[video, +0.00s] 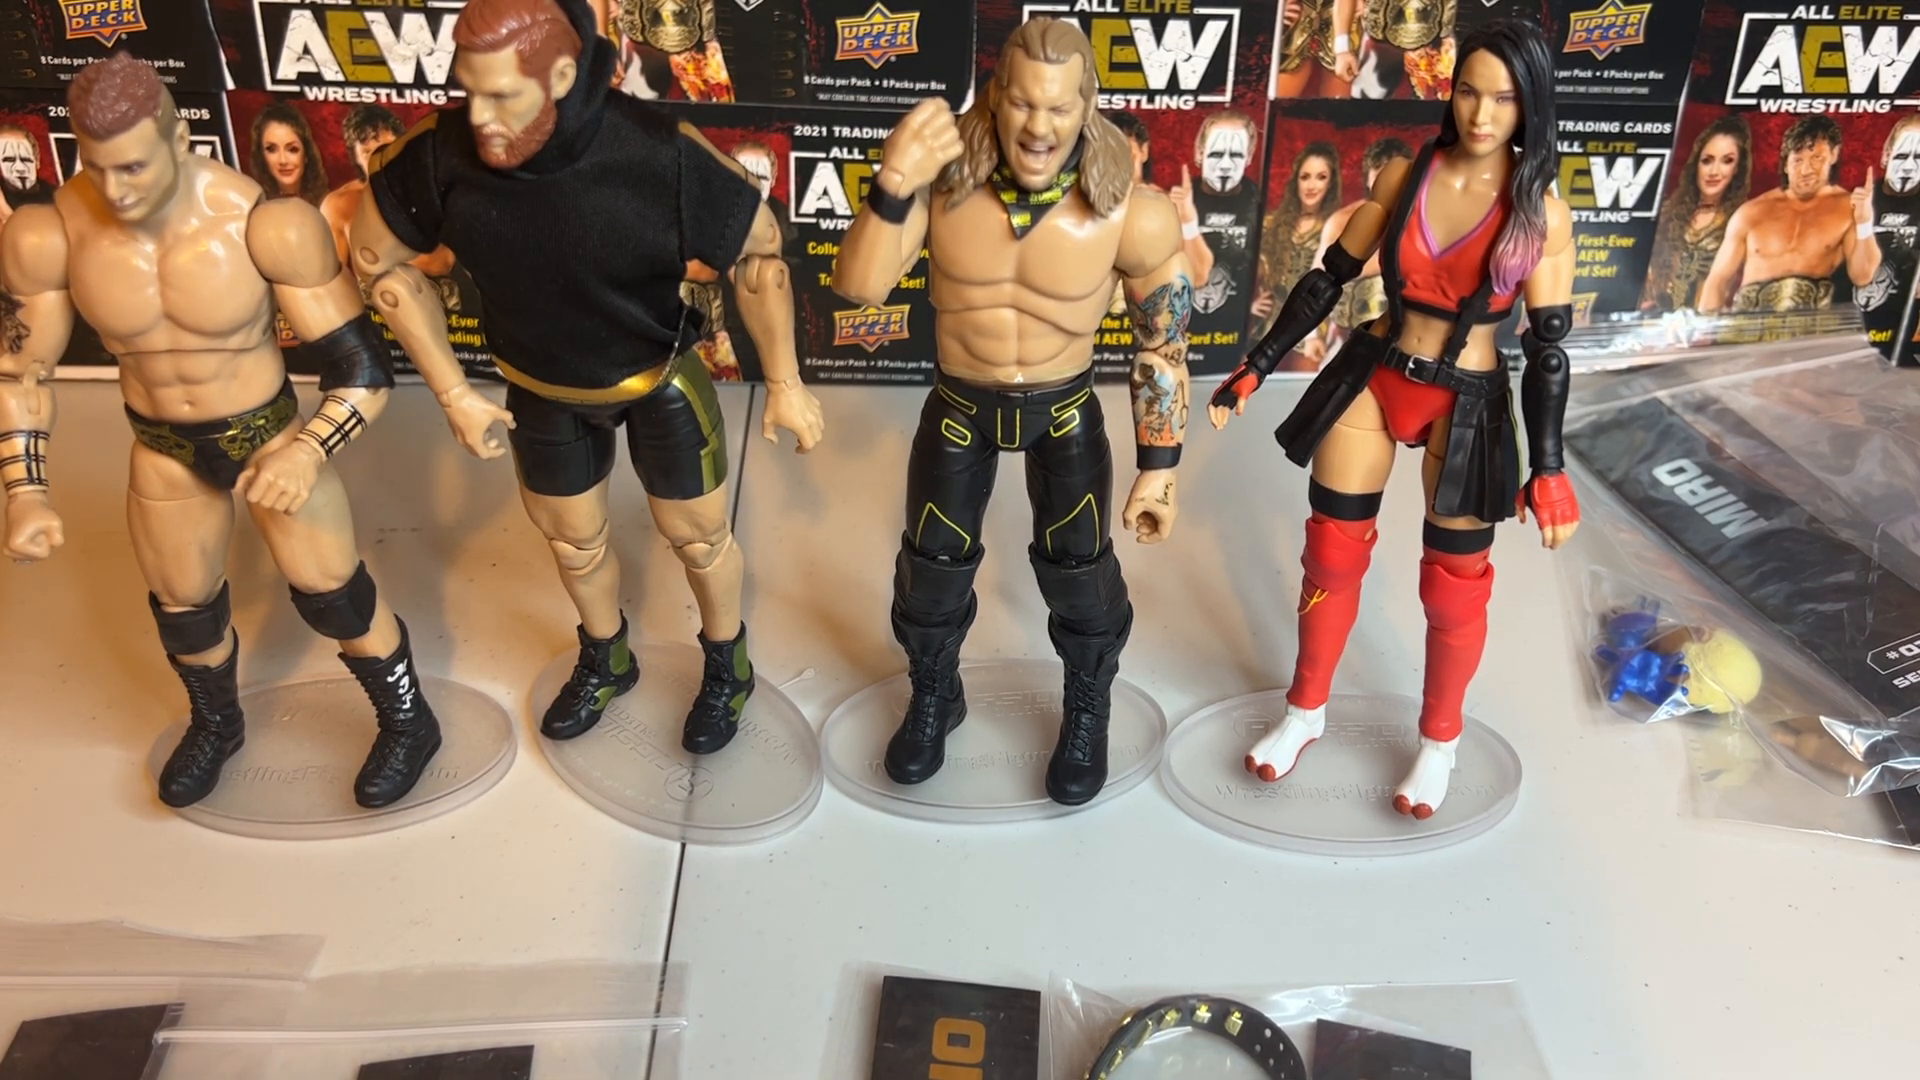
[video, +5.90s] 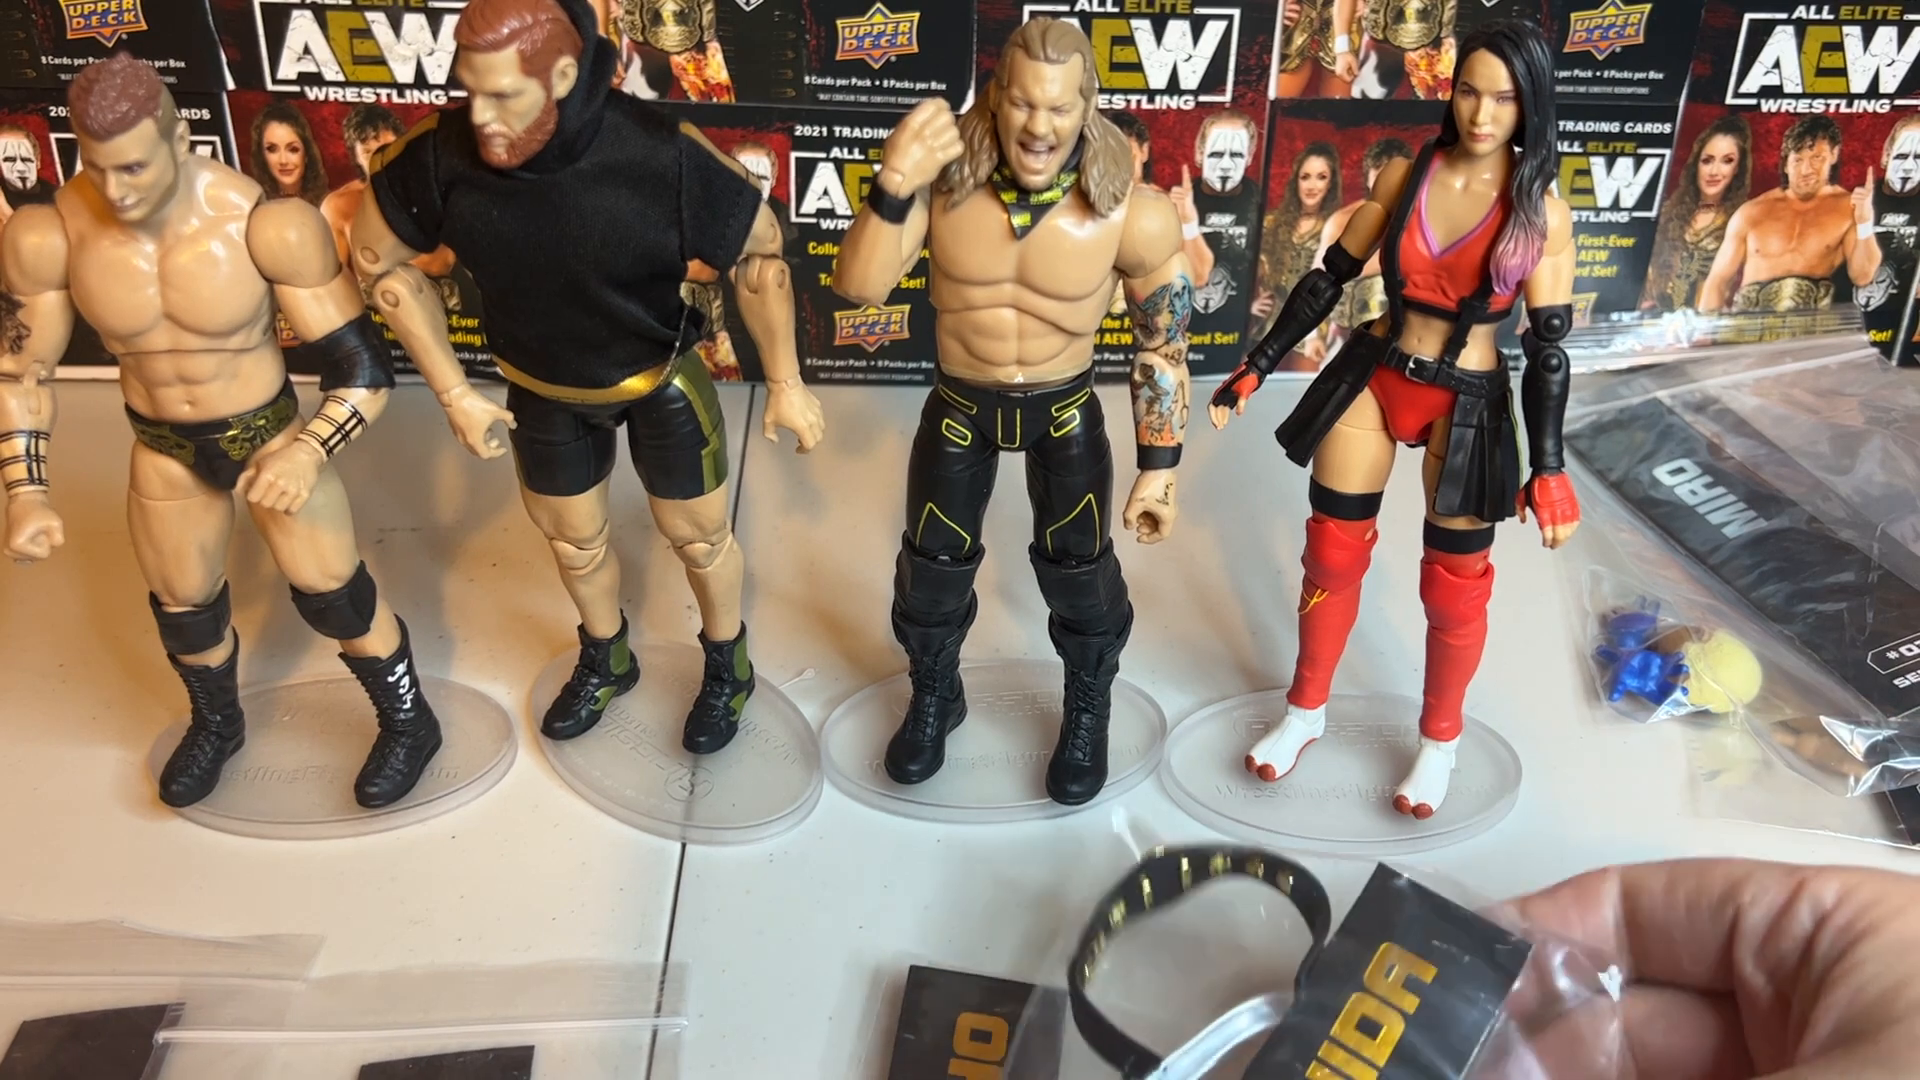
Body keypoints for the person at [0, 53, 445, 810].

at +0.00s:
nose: (117, 188)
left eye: (134, 167)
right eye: (100, 169)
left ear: (178, 139)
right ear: (80, 151)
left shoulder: (268, 225)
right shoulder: (53, 233)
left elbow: (362, 370)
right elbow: (23, 372)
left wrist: (311, 447)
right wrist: (21, 486)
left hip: (269, 441)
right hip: (161, 452)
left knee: (336, 599)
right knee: (186, 616)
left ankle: (408, 721)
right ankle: (216, 722)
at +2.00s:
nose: (118, 188)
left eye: (134, 167)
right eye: (100, 169)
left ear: (178, 138)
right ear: (80, 151)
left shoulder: (268, 225)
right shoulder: (53, 232)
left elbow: (362, 370)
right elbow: (23, 372)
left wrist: (312, 446)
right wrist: (22, 487)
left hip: (269, 440)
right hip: (161, 451)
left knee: (336, 599)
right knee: (186, 617)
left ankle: (408, 722)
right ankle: (216, 723)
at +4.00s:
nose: (118, 188)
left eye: (134, 167)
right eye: (101, 169)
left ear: (178, 138)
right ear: (81, 151)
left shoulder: (268, 225)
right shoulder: (53, 233)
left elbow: (362, 370)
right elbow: (22, 372)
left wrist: (311, 446)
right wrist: (22, 486)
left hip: (269, 440)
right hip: (161, 451)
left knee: (336, 598)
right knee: (186, 616)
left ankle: (408, 721)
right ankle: (216, 723)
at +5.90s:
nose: (118, 188)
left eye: (135, 168)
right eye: (101, 170)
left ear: (178, 138)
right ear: (81, 151)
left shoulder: (268, 225)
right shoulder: (53, 233)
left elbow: (363, 370)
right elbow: (23, 372)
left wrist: (311, 447)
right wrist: (22, 487)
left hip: (269, 441)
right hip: (161, 452)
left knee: (336, 598)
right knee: (186, 615)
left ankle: (408, 721)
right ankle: (217, 723)